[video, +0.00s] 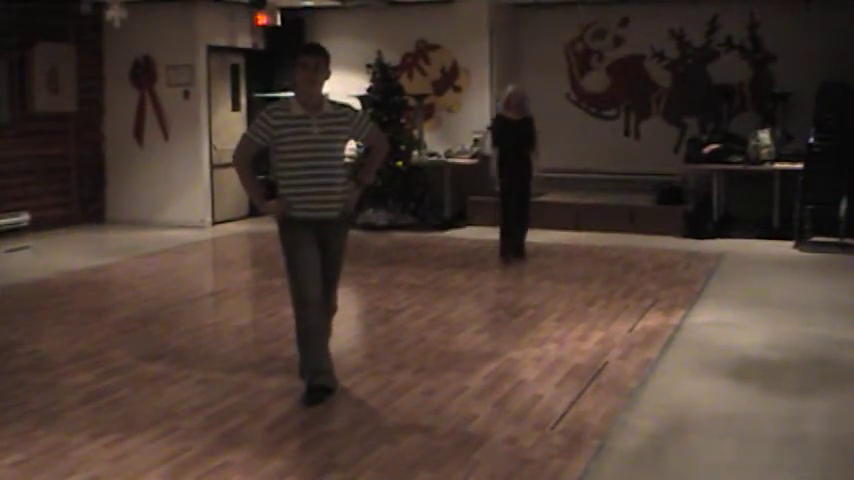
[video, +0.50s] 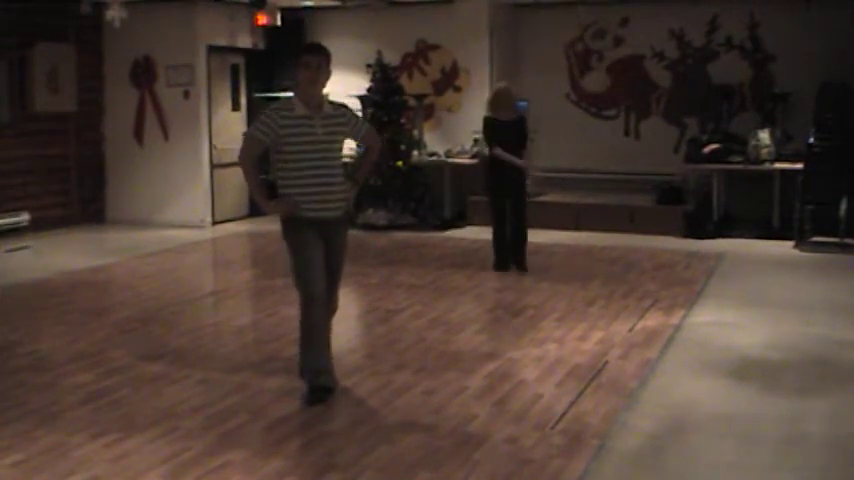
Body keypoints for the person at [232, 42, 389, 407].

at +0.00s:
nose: (309, 76)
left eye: (316, 70)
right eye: (303, 69)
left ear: (327, 75)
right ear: (293, 74)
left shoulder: (343, 115)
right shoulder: (274, 116)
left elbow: (380, 145)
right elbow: (241, 157)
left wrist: (357, 186)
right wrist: (261, 201)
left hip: (335, 218)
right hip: (295, 219)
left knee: (326, 297)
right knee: (308, 298)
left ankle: (314, 361)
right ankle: (318, 378)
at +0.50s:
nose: (313, 75)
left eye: (319, 69)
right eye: (307, 68)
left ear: (328, 74)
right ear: (296, 72)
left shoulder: (339, 114)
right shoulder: (278, 115)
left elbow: (373, 143)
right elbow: (247, 156)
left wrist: (354, 180)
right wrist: (265, 201)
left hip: (336, 216)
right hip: (299, 218)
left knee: (328, 296)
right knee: (314, 295)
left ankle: (312, 362)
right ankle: (318, 378)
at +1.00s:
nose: (320, 72)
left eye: (316, 66)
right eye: (317, 66)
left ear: (287, 73)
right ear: (312, 70)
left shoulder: (279, 112)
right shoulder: (328, 104)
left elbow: (259, 151)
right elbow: (356, 146)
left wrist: (282, 176)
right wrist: (349, 185)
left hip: (294, 212)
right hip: (328, 210)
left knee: (308, 286)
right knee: (336, 290)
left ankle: (300, 364)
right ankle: (333, 369)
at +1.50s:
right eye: (302, 64)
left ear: (274, 72)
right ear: (305, 69)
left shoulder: (263, 110)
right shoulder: (327, 106)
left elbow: (226, 147)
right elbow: (363, 142)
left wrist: (246, 179)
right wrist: (380, 164)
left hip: (283, 215)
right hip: (326, 212)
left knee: (285, 293)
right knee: (328, 296)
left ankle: (294, 368)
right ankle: (329, 375)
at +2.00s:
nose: (307, 70)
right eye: (305, 64)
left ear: (271, 70)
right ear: (303, 69)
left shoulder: (257, 109)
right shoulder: (320, 105)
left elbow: (223, 145)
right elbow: (355, 142)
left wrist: (242, 182)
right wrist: (388, 163)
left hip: (279, 211)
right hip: (322, 208)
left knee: (284, 289)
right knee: (330, 283)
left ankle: (292, 363)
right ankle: (333, 360)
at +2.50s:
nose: (324, 71)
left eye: (322, 65)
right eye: (321, 65)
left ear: (286, 68)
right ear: (313, 68)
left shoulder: (266, 105)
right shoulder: (327, 108)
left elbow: (231, 135)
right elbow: (357, 154)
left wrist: (236, 179)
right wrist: (399, 171)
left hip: (284, 212)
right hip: (326, 211)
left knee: (286, 290)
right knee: (333, 286)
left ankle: (291, 363)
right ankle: (337, 358)